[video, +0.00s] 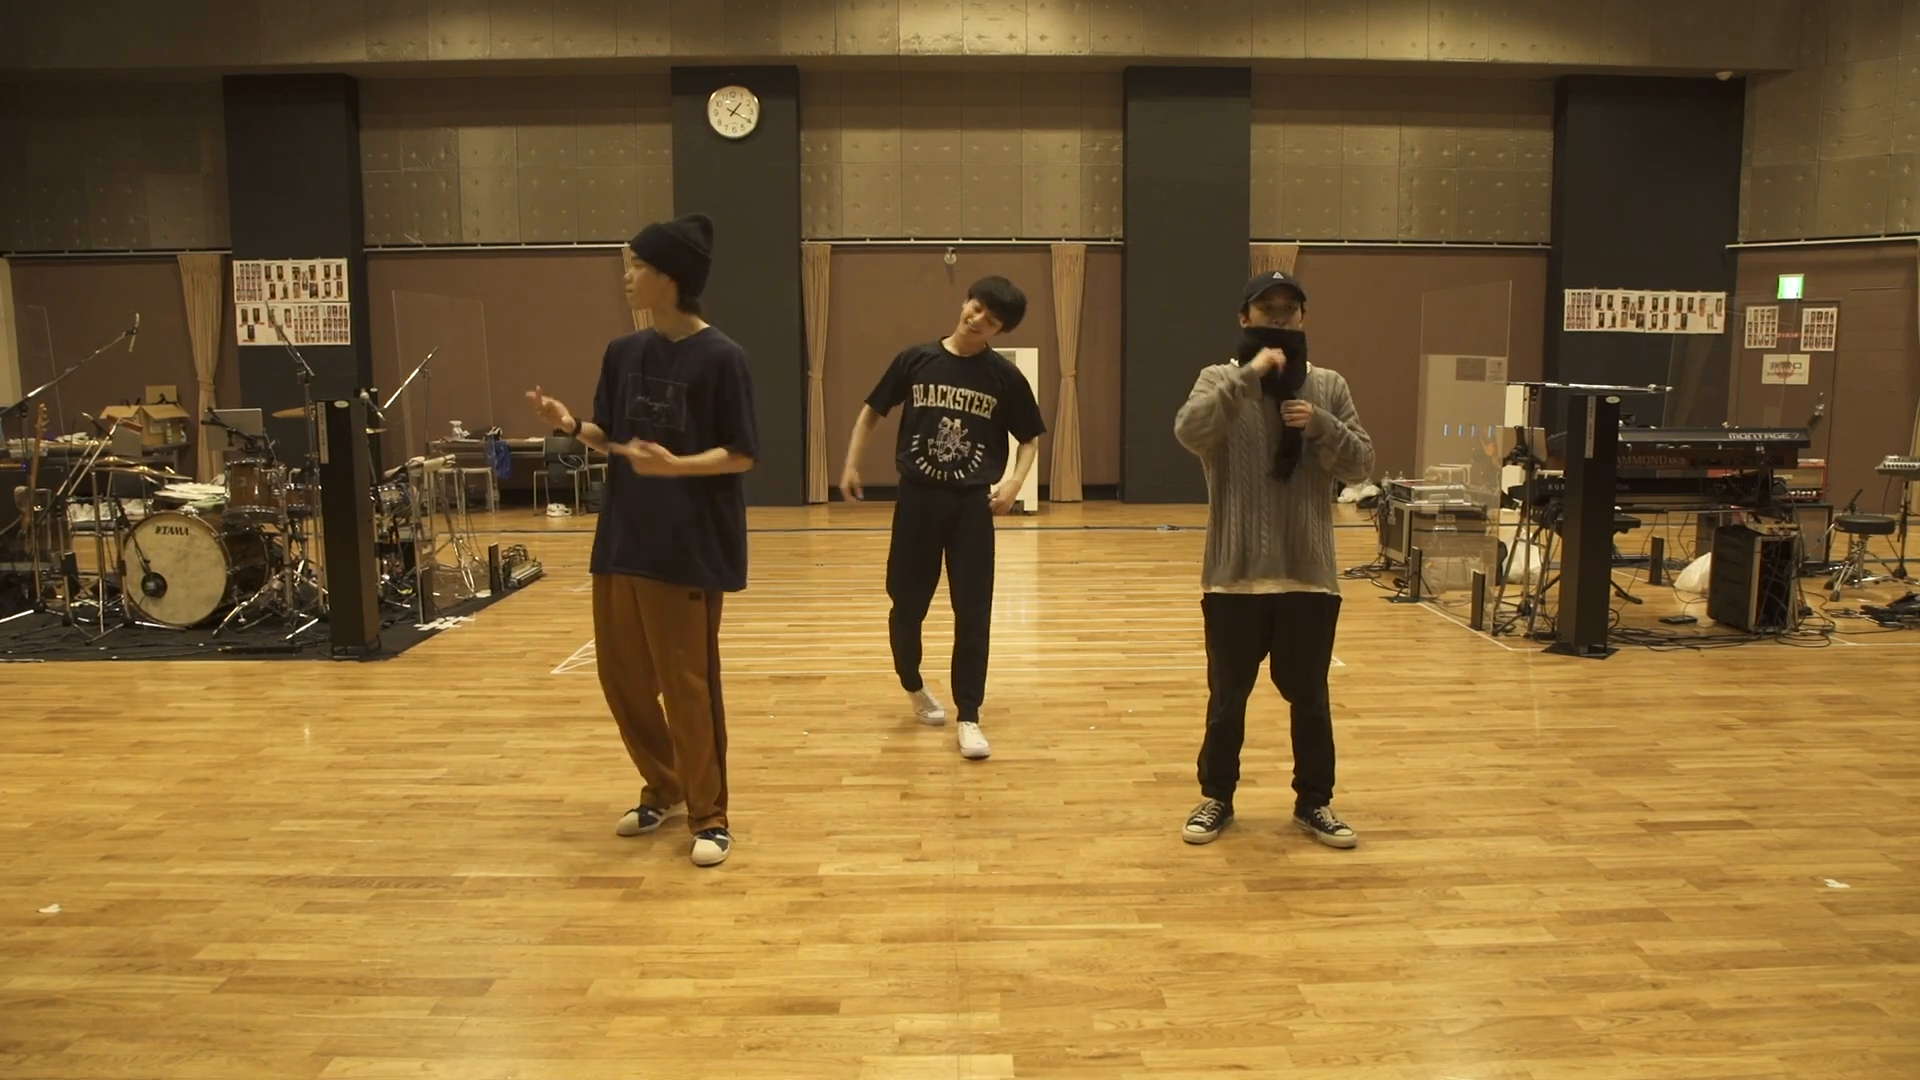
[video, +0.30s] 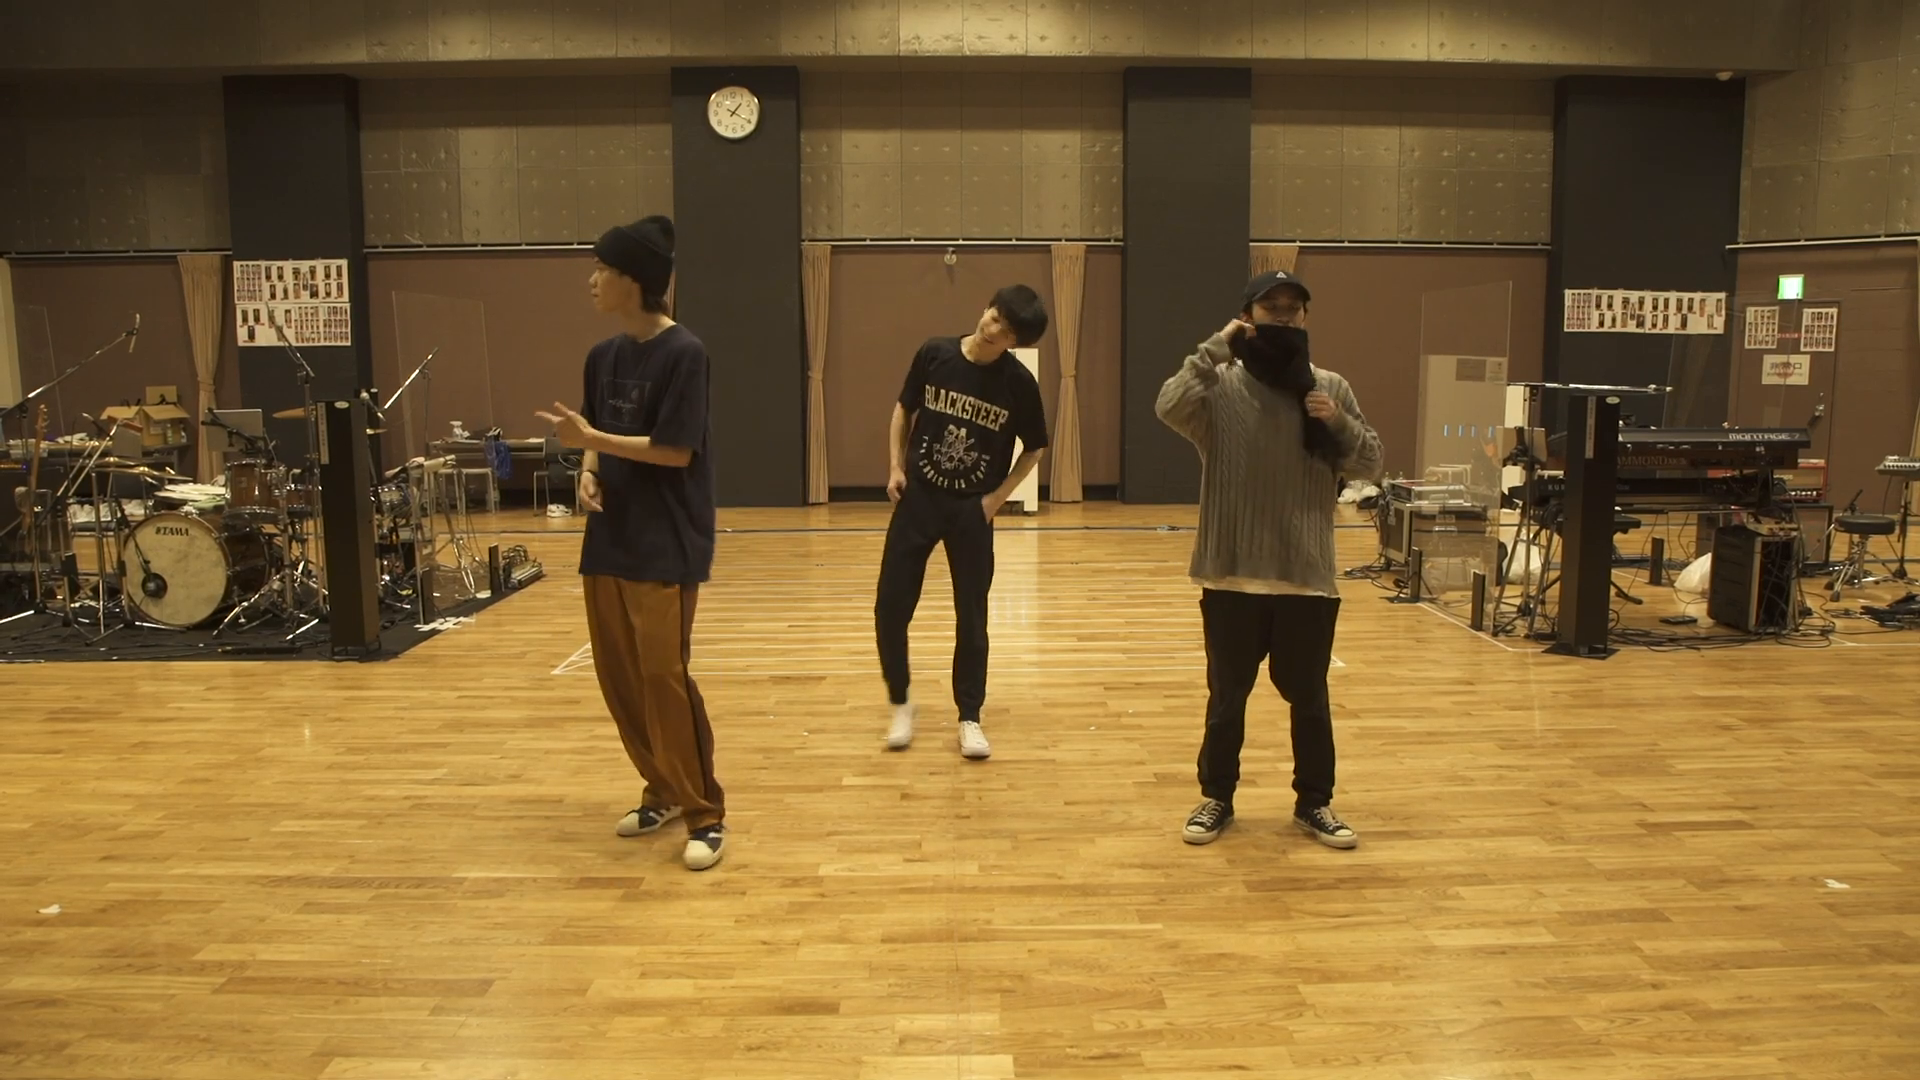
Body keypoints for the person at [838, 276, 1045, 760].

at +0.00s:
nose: (978, 320)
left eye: (991, 321)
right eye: (978, 308)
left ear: (1001, 332)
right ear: (965, 302)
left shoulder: (1006, 380)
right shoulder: (914, 361)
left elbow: (1031, 437)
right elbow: (872, 411)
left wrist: (1014, 482)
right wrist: (851, 465)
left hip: (972, 509)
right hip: (917, 504)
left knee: (974, 613)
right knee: (907, 606)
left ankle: (969, 718)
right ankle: (914, 687)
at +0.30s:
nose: (993, 326)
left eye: (1005, 329)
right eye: (995, 315)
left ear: (1016, 341)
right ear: (986, 308)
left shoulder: (1019, 385)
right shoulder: (934, 354)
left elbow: (1035, 446)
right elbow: (903, 409)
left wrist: (999, 496)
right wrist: (896, 466)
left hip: (971, 511)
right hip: (917, 501)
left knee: (973, 617)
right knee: (890, 608)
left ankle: (971, 719)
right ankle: (899, 704)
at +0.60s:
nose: (995, 362)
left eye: (1003, 355)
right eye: (990, 352)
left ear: (1011, 350)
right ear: (972, 334)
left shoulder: (1014, 385)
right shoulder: (926, 366)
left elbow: (1015, 453)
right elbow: (890, 426)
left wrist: (990, 508)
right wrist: (901, 492)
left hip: (973, 513)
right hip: (919, 505)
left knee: (974, 620)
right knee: (891, 608)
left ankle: (970, 719)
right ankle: (895, 685)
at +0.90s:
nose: (958, 365)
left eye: (965, 359)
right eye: (955, 357)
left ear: (974, 352)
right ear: (937, 341)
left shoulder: (980, 383)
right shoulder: (896, 380)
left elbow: (995, 450)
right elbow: (880, 448)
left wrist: (979, 508)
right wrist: (894, 508)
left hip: (962, 515)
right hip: (910, 515)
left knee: (968, 615)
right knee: (911, 610)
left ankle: (971, 716)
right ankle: (925, 689)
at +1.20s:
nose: (902, 325)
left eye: (911, 317)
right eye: (895, 316)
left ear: (929, 319)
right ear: (886, 318)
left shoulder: (953, 367)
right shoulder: (876, 374)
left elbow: (972, 431)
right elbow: (871, 439)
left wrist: (958, 490)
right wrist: (877, 491)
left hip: (944, 498)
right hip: (894, 501)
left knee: (961, 593)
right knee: (904, 595)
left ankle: (972, 694)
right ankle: (923, 687)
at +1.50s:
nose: (873, 312)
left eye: (880, 303)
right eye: (864, 307)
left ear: (898, 309)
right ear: (856, 318)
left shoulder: (929, 355)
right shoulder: (865, 378)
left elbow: (971, 412)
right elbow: (861, 433)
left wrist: (961, 474)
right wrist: (844, 453)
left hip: (939, 489)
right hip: (894, 496)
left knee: (965, 578)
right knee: (904, 586)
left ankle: (1000, 656)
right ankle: (918, 683)